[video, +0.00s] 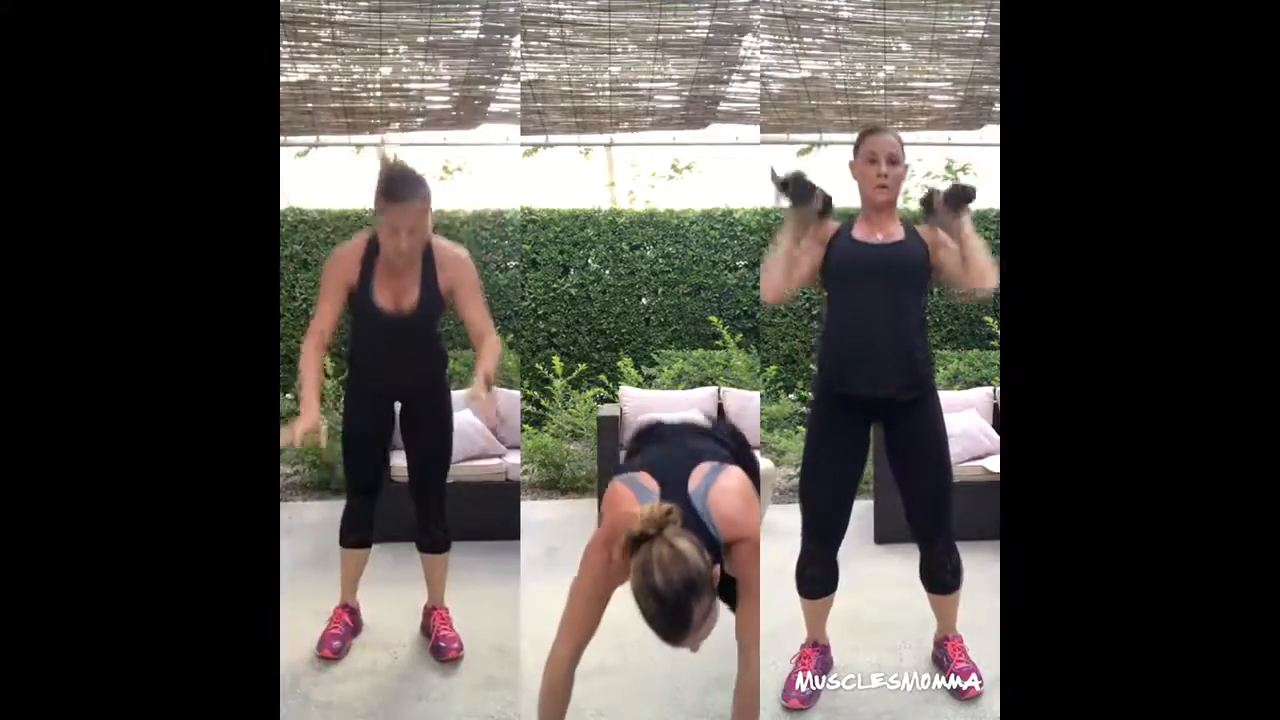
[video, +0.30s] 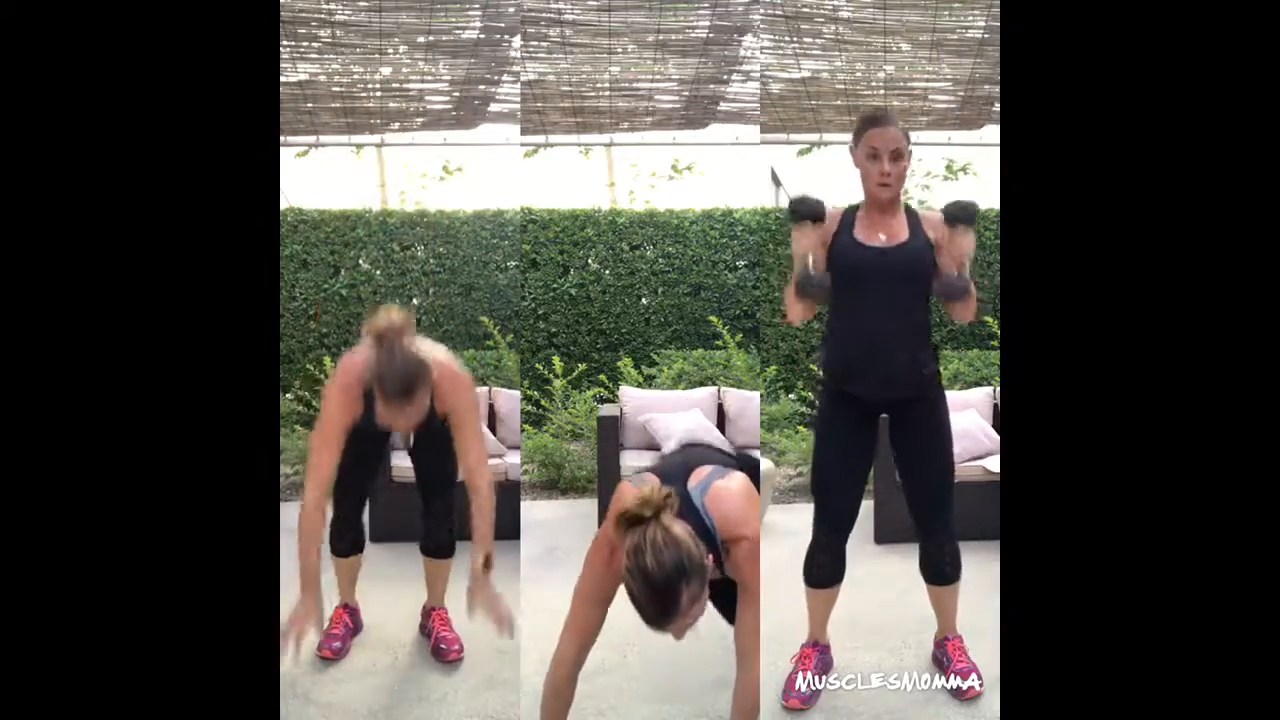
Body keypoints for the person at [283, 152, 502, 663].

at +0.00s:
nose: (404, 241)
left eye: (414, 230)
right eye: (394, 230)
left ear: (429, 217)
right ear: (377, 216)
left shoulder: (452, 262)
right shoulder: (349, 258)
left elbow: (487, 336)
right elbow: (317, 338)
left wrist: (483, 374)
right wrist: (310, 408)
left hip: (427, 394)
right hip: (367, 393)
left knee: (431, 502)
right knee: (360, 498)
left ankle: (437, 610)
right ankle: (347, 608)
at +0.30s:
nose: (402, 427)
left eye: (412, 416)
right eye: (391, 417)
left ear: (427, 389)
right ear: (375, 390)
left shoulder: (452, 379)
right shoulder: (349, 377)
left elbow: (479, 481)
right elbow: (315, 496)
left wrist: (482, 574)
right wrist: (308, 598)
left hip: (432, 418)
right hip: (367, 421)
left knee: (440, 509)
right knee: (346, 509)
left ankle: (435, 611)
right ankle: (347, 608)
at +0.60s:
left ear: (422, 530)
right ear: (363, 530)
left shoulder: (443, 492)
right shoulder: (340, 489)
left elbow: (461, 605)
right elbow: (320, 607)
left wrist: (469, 700)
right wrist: (312, 708)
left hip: (424, 359)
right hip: (355, 359)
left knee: (444, 488)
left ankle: (447, 600)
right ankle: (342, 596)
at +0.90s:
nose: (391, 623)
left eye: (399, 617)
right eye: (380, 618)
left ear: (419, 562)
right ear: (347, 563)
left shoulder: (451, 516)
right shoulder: (327, 519)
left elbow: (473, 625)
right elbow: (302, 628)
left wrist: (468, 708)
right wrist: (311, 710)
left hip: (431, 438)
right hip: (357, 440)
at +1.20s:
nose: (400, 616)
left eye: (410, 604)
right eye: (388, 610)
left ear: (427, 555)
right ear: (357, 565)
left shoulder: (452, 506)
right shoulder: (339, 506)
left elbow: (476, 618)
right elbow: (307, 618)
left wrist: (468, 706)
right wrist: (311, 709)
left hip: (428, 439)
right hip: (360, 440)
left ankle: (439, 547)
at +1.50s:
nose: (397, 567)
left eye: (403, 559)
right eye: (387, 563)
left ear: (417, 523)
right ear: (362, 526)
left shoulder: (442, 490)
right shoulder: (341, 495)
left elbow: (461, 604)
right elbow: (323, 609)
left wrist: (467, 703)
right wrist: (311, 708)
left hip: (432, 403)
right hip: (364, 403)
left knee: (459, 513)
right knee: (327, 509)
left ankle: (440, 607)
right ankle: (346, 604)